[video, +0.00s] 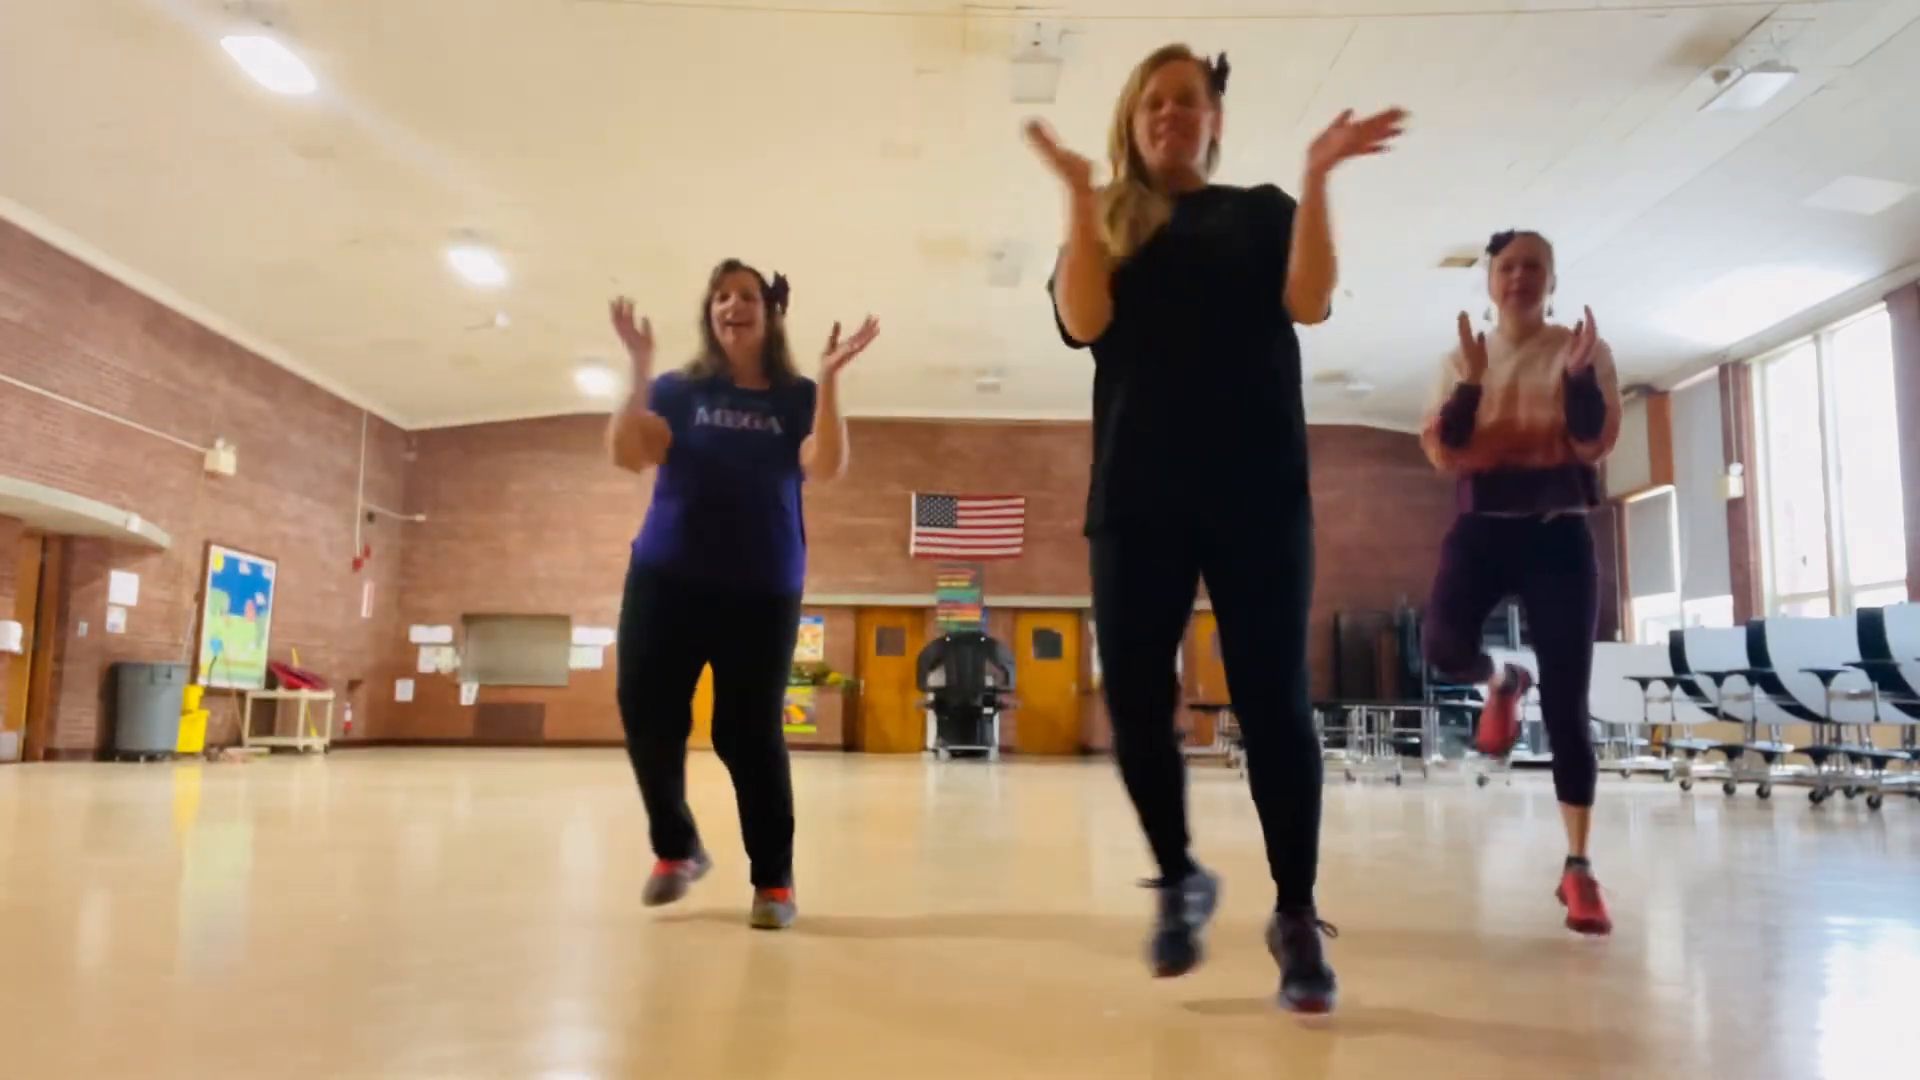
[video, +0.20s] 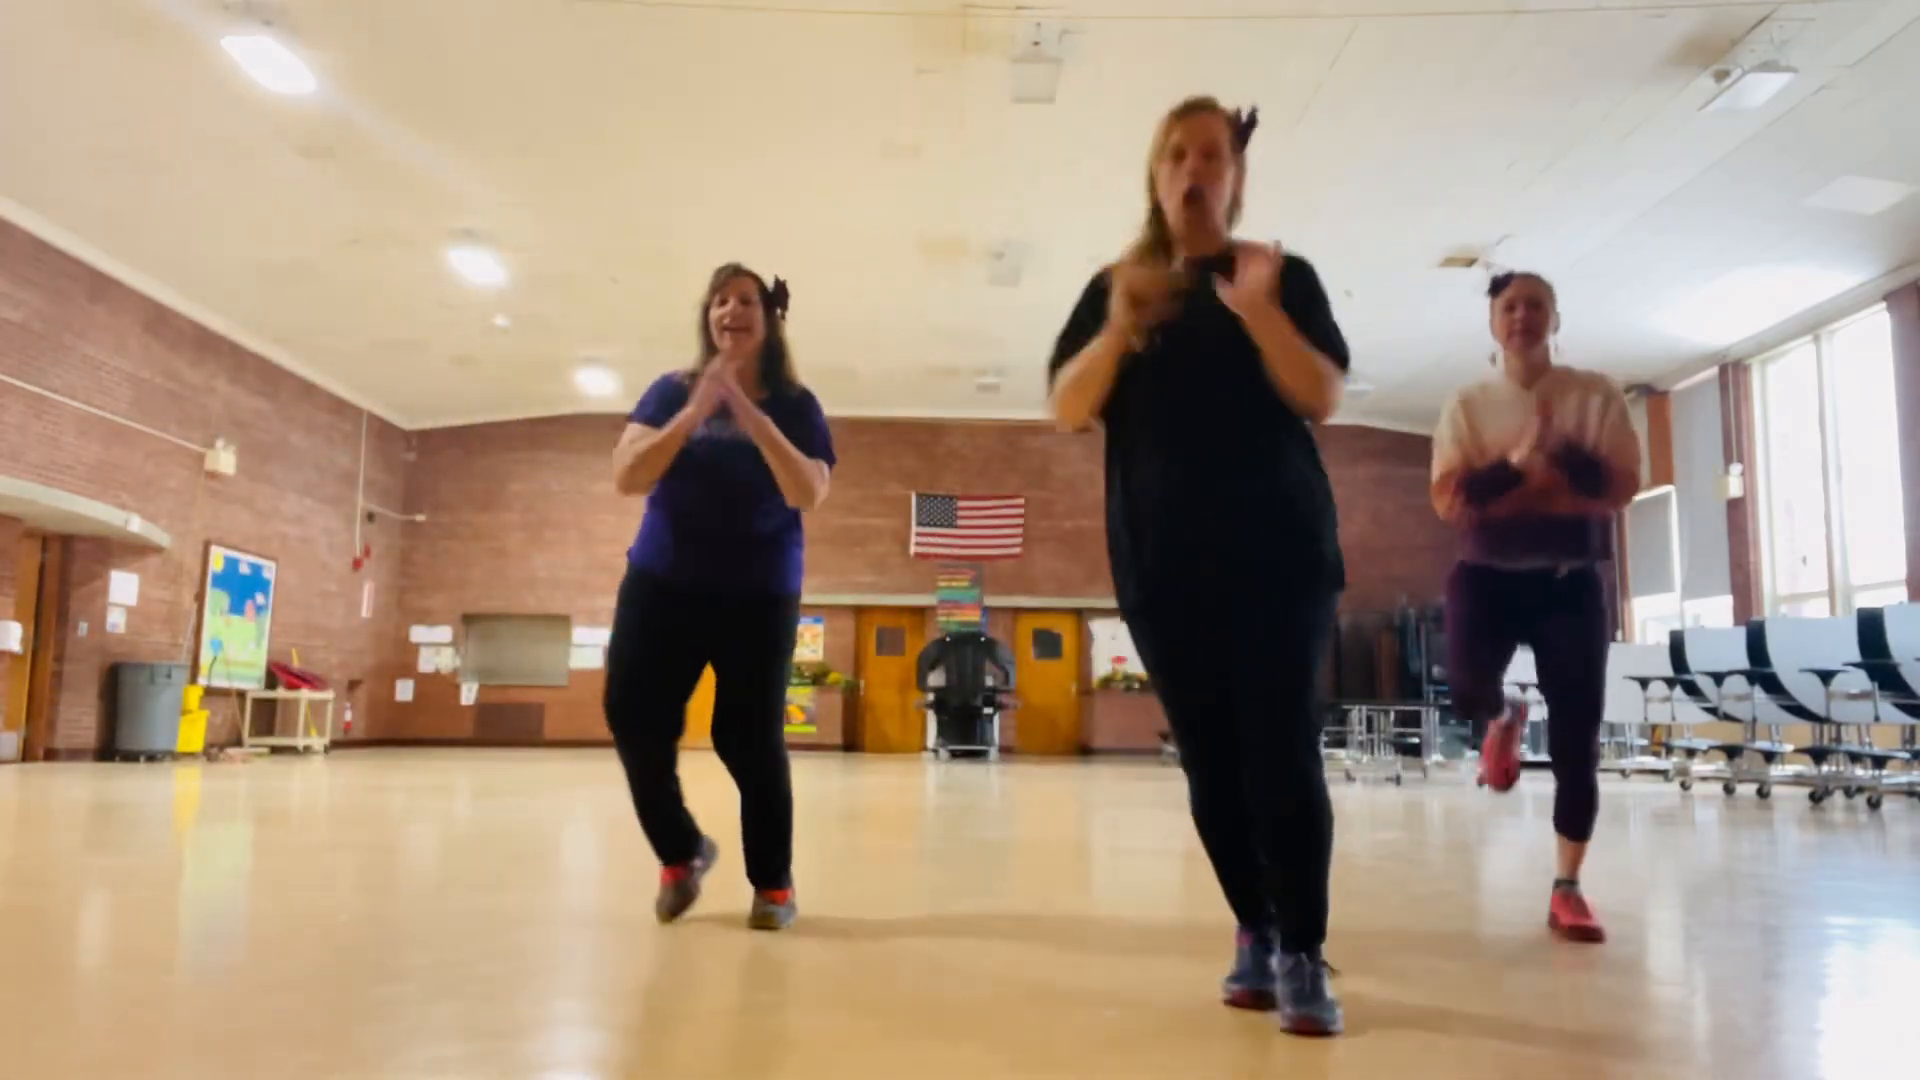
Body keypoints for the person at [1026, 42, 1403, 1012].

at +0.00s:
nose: (1174, 115)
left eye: (1189, 102)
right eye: (1159, 103)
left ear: (1217, 119)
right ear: (1130, 123)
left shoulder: (1265, 211)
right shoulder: (1108, 219)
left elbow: (1309, 304)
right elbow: (1082, 323)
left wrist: (1316, 180)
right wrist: (1082, 204)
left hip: (1256, 494)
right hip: (1140, 496)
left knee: (1273, 703)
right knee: (1135, 698)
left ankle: (1297, 916)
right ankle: (1179, 880)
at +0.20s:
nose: (1193, 171)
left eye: (1210, 157)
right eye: (1178, 156)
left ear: (1238, 172)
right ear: (1154, 173)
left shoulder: (1278, 275)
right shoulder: (1118, 285)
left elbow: (1322, 395)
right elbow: (1069, 408)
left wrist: (1256, 311)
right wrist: (1120, 327)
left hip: (1278, 551)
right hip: (1162, 558)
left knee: (1281, 745)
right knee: (1209, 750)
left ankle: (1302, 949)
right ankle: (1254, 930)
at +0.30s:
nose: (1182, 135)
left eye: (1198, 119)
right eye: (1165, 122)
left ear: (1228, 132)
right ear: (1134, 139)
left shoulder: (1272, 217)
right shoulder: (1105, 247)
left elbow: (1336, 341)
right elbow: (1028, 352)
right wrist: (1067, 252)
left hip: (1268, 511)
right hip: (1151, 519)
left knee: (1277, 721)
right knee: (1138, 700)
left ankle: (1306, 943)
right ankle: (1228, 858)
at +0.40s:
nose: (1163, 138)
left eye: (1180, 123)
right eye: (1147, 123)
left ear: (1209, 136)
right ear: (1121, 138)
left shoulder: (1254, 237)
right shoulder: (1090, 254)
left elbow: (1319, 367)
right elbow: (1032, 376)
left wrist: (1389, 462)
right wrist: (1074, 287)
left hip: (1258, 510)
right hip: (1143, 514)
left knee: (1275, 721)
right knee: (1064, 640)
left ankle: (1307, 948)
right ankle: (1175, 801)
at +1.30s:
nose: (847, 158)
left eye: (864, 151)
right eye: (834, 147)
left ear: (888, 185)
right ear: (807, 175)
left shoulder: (925, 297)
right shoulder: (757, 285)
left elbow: (955, 441)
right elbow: (715, 412)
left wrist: (958, 571)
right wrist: (717, 424)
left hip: (883, 549)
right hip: (770, 537)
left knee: (855, 754)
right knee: (684, 647)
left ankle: (837, 936)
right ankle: (720, 819)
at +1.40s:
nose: (808, 136)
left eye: (825, 127)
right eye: (794, 127)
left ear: (851, 159)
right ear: (768, 158)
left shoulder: (895, 273)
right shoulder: (719, 265)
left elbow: (928, 407)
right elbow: (683, 368)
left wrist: (928, 526)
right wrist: (691, 413)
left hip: (852, 533)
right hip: (736, 525)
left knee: (842, 733)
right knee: (637, 674)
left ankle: (842, 933)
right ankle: (640, 859)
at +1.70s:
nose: (689, 162)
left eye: (707, 155)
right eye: (673, 153)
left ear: (733, 191)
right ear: (645, 187)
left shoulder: (765, 306)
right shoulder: (589, 287)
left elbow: (822, 423)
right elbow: (488, 342)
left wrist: (879, 407)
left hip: (737, 559)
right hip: (613, 560)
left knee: (810, 700)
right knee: (574, 746)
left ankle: (796, 869)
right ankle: (579, 941)